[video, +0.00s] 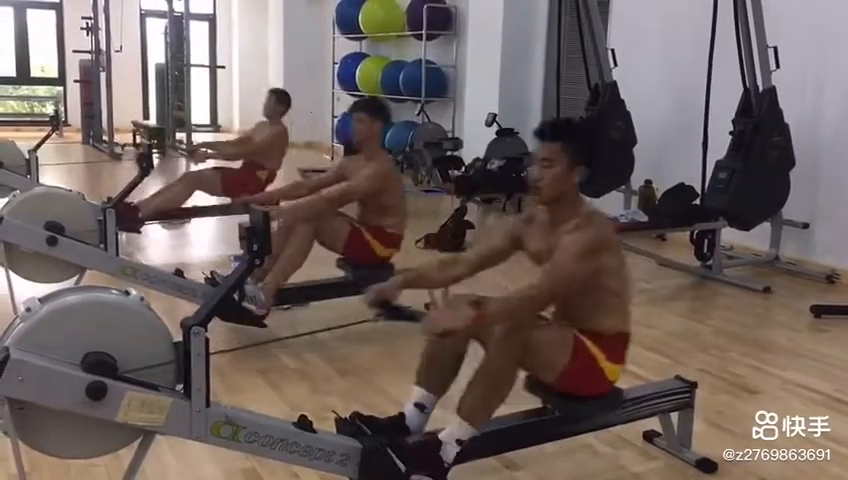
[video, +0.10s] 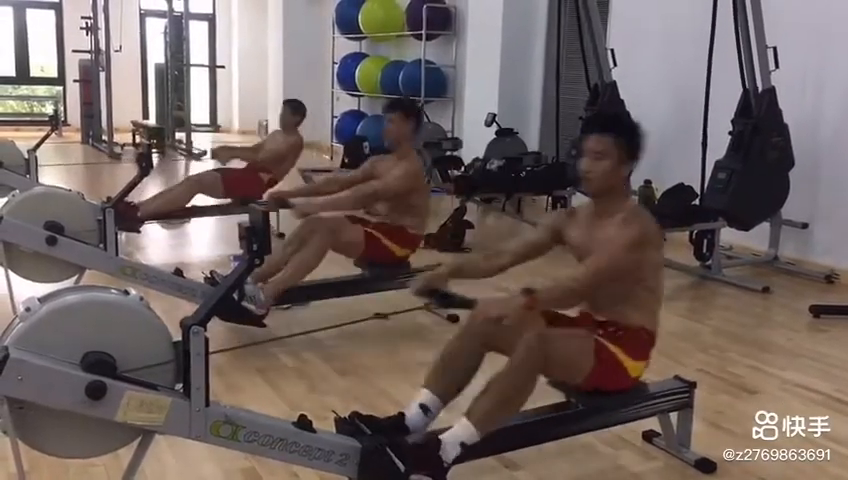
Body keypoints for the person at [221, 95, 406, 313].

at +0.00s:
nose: (353, 127)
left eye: (360, 122)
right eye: (353, 121)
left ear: (377, 127)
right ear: (352, 123)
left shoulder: (381, 169)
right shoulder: (353, 163)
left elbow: (329, 200)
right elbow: (308, 186)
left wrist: (281, 213)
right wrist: (260, 198)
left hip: (379, 244)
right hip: (363, 234)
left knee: (310, 220)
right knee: (296, 212)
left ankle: (266, 294)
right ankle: (258, 280)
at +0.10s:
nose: (386, 128)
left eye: (392, 122)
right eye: (386, 122)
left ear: (411, 127)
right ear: (390, 126)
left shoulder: (409, 169)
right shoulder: (381, 162)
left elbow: (362, 196)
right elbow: (338, 181)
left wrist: (307, 207)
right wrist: (289, 194)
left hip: (398, 239)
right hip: (375, 227)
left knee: (326, 230)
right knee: (311, 222)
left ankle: (267, 295)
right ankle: (252, 281)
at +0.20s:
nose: (416, 136)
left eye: (423, 131)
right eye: (416, 130)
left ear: (440, 134)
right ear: (418, 132)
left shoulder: (436, 176)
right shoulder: (411, 164)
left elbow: (389, 204)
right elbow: (367, 185)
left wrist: (343, 207)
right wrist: (322, 192)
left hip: (408, 244)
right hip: (391, 232)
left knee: (338, 241)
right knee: (321, 235)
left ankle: (264, 298)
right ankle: (248, 281)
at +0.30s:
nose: (436, 149)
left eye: (442, 144)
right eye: (435, 144)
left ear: (460, 147)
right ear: (435, 146)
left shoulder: (461, 184)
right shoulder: (428, 175)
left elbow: (433, 209)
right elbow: (392, 193)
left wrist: (389, 209)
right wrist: (357, 196)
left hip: (417, 241)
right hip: (397, 230)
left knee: (342, 251)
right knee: (332, 243)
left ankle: (266, 296)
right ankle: (254, 275)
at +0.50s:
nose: (449, 163)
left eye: (456, 158)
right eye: (450, 157)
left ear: (474, 162)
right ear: (453, 158)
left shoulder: (476, 198)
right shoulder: (446, 185)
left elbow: (475, 244)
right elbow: (428, 218)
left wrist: (452, 236)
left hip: (413, 243)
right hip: (396, 228)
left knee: (343, 252)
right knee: (330, 243)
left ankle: (262, 293)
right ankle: (247, 276)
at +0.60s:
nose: (450, 161)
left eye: (457, 156)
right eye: (450, 155)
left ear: (474, 162)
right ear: (453, 159)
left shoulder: (474, 198)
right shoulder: (448, 189)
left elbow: (485, 247)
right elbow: (422, 215)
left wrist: (470, 214)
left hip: (412, 242)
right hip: (394, 229)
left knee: (343, 253)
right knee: (329, 243)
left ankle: (261, 294)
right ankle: (246, 276)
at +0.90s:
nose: (436, 149)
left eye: (443, 144)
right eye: (436, 143)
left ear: (462, 149)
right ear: (442, 147)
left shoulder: (466, 189)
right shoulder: (432, 178)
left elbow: (469, 239)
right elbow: (421, 216)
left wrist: (439, 217)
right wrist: (396, 210)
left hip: (415, 243)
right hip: (396, 230)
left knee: (339, 256)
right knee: (327, 245)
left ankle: (259, 299)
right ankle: (246, 280)